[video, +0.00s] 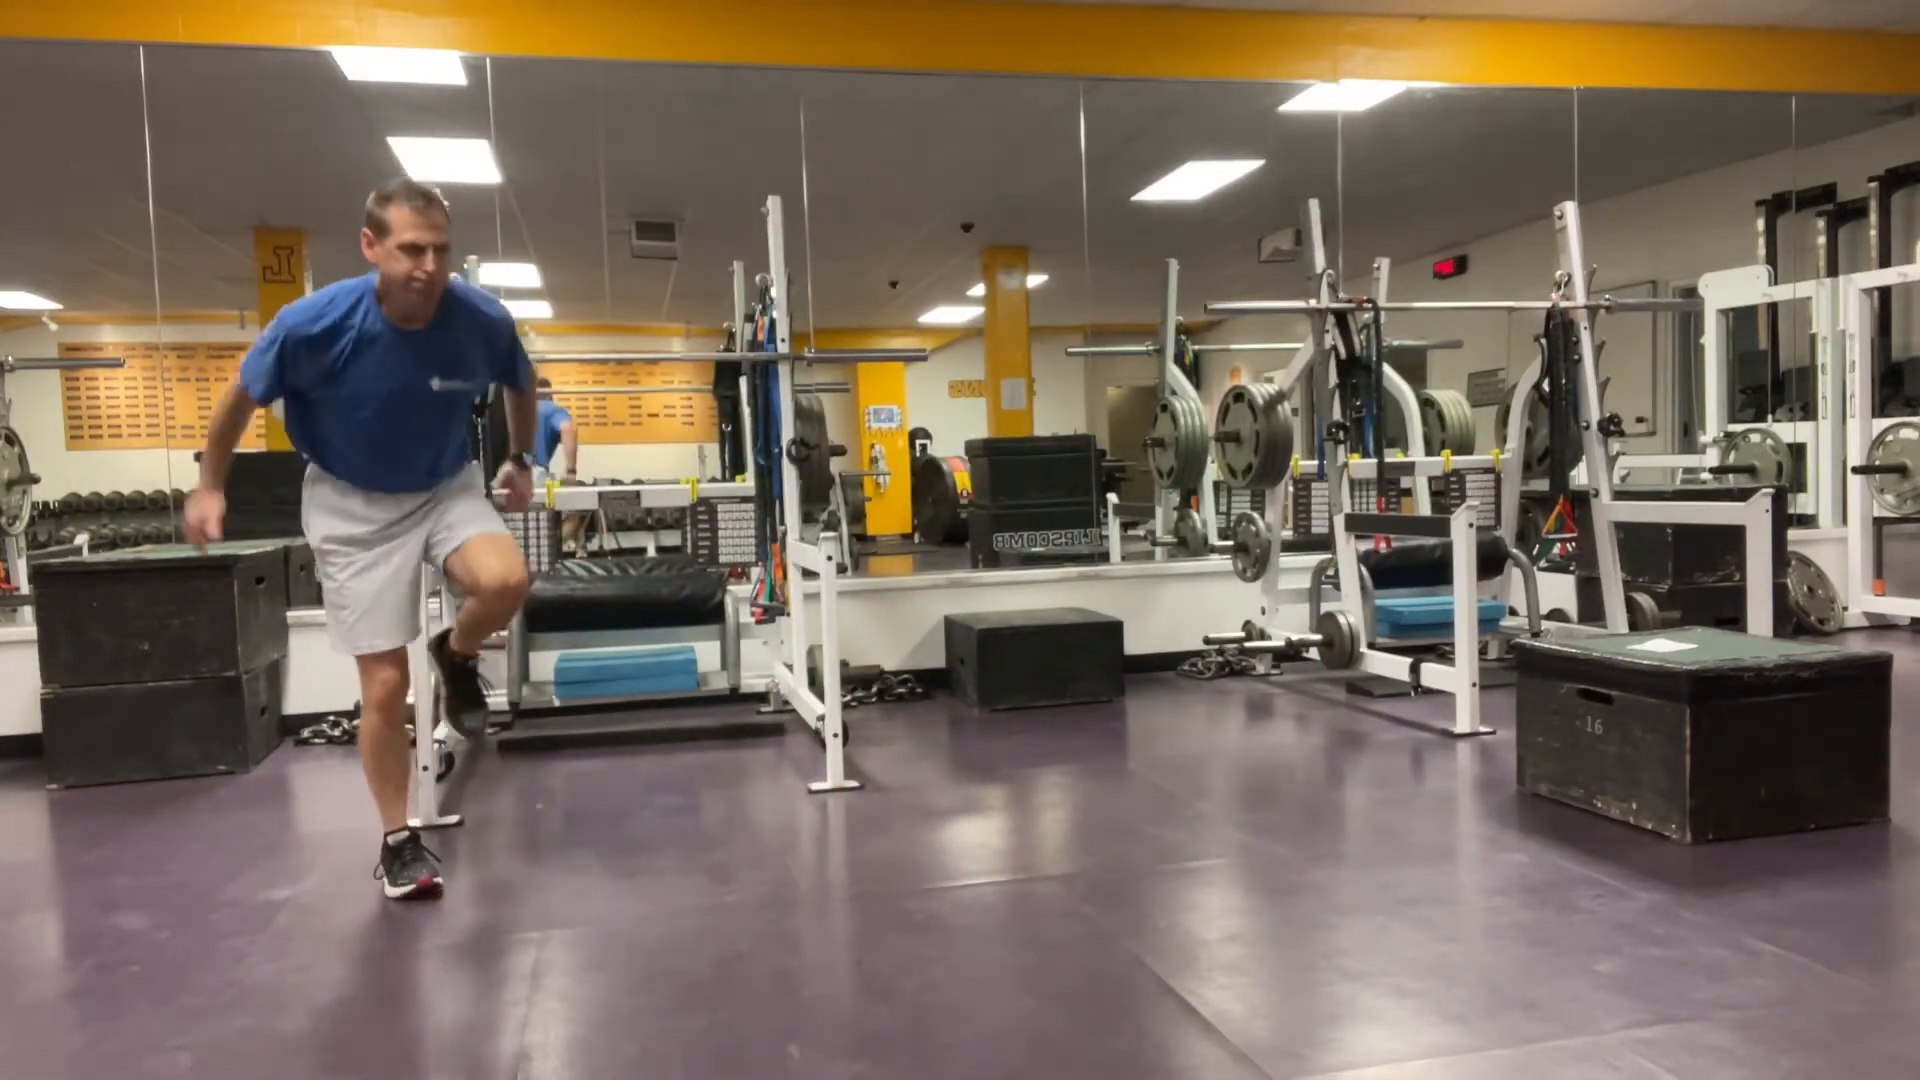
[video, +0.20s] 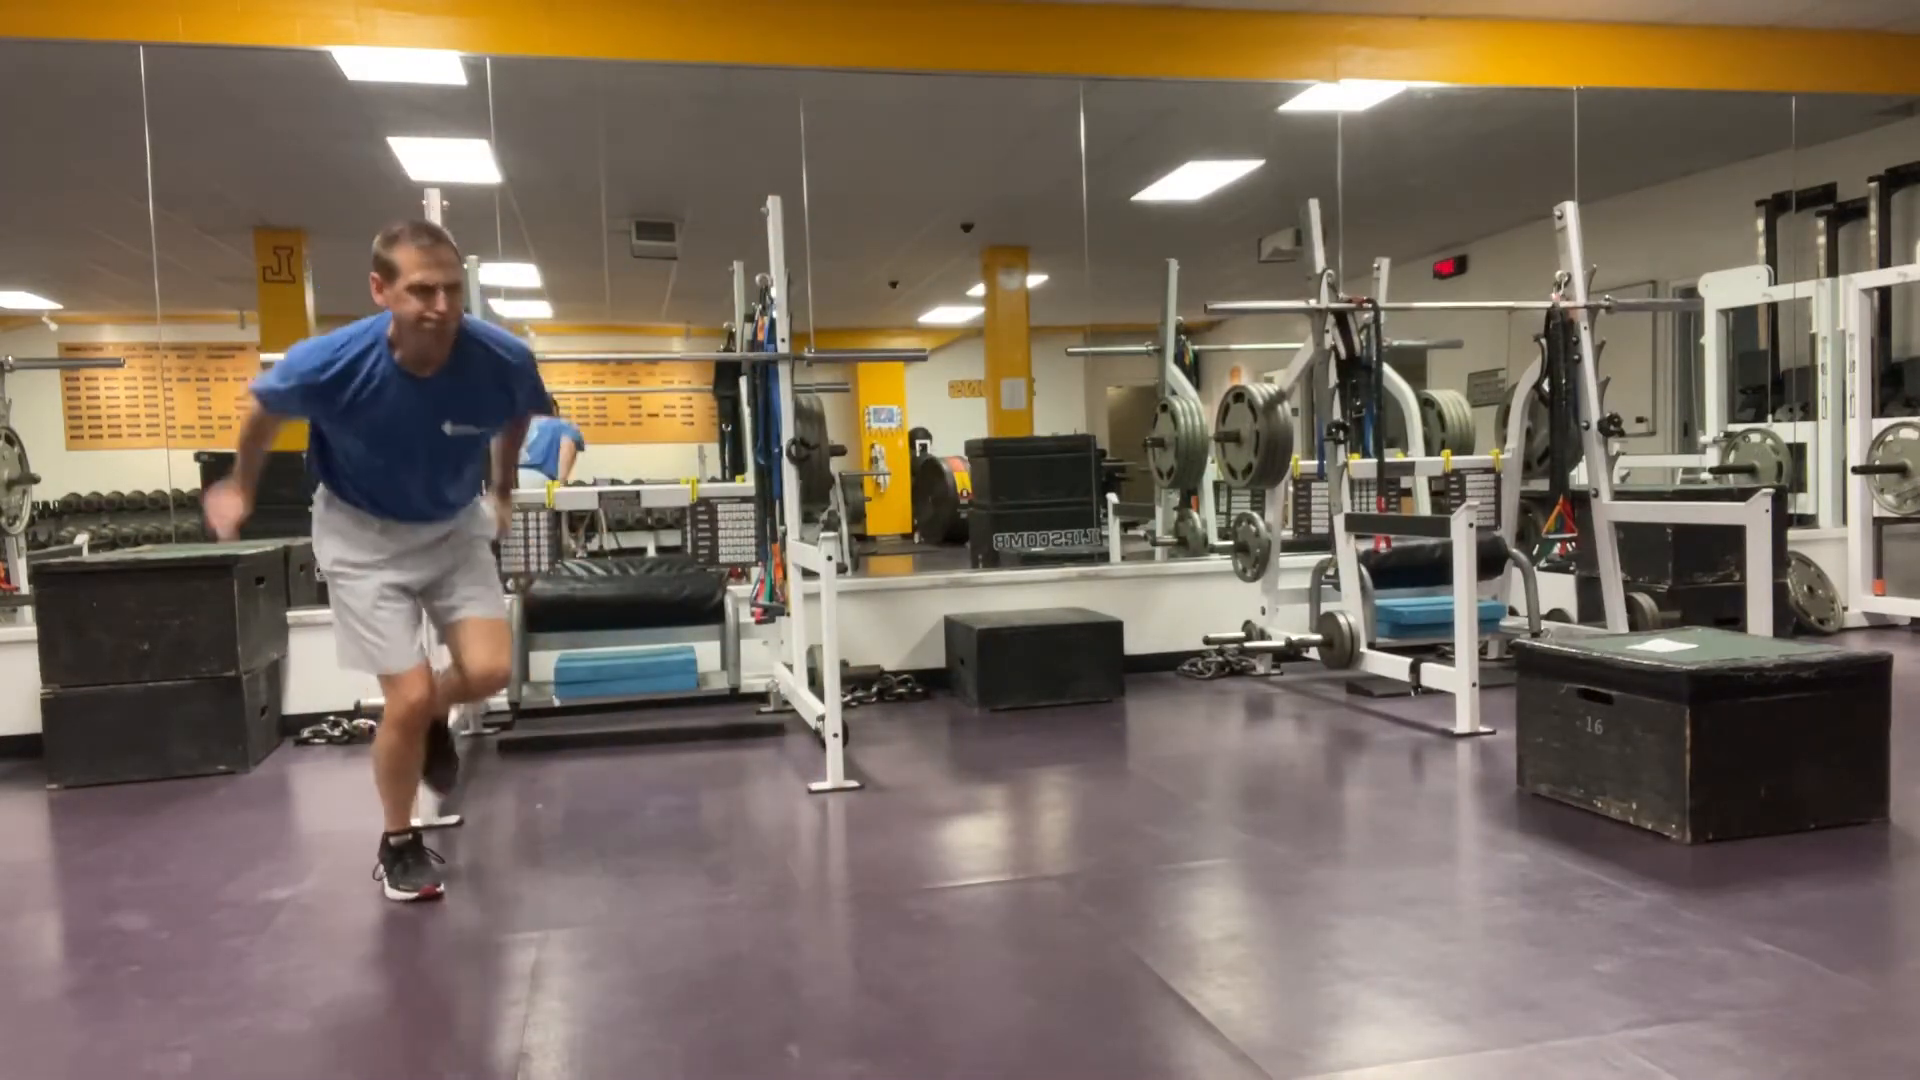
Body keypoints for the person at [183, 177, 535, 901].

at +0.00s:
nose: (428, 266)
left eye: (439, 250)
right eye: (411, 250)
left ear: (452, 251)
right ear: (371, 247)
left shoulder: (481, 321)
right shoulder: (312, 326)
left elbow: (521, 381)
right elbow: (237, 403)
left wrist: (520, 460)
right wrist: (209, 487)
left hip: (445, 490)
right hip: (352, 508)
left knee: (507, 580)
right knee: (386, 690)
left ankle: (456, 652)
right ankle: (400, 838)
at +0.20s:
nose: (440, 306)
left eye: (451, 290)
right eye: (421, 291)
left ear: (464, 289)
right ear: (381, 290)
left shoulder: (503, 360)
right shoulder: (331, 364)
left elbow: (516, 416)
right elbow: (263, 410)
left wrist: (502, 492)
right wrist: (241, 486)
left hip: (455, 527)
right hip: (362, 535)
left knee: (490, 668)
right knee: (414, 698)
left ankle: (426, 707)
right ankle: (400, 841)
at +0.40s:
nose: (447, 263)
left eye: (455, 247)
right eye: (429, 248)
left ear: (469, 248)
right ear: (385, 250)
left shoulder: (498, 314)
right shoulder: (350, 334)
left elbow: (598, 357)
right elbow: (363, 418)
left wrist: (580, 295)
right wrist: (455, 324)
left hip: (483, 527)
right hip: (393, 549)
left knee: (569, 616)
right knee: (442, 730)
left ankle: (542, 761)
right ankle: (405, 837)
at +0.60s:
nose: (501, 109)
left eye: (514, 94)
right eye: (480, 93)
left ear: (528, 103)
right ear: (439, 107)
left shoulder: (554, 161)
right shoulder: (418, 181)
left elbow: (661, 103)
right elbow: (388, 121)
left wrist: (624, 13)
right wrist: (460, 8)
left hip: (553, 414)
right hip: (461, 438)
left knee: (701, 458)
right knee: (493, 664)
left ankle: (653, 606)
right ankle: (442, 783)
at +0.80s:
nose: (616, 123)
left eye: (627, 106)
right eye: (597, 106)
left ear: (644, 105)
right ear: (550, 104)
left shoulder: (668, 176)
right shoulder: (502, 179)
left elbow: (785, 188)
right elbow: (330, 215)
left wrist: (789, 160)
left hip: (632, 421)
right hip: (535, 450)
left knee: (796, 429)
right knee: (613, 659)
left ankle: (687, 556)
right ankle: (647, 896)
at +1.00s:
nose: (744, 253)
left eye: (749, 233)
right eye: (720, 235)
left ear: (758, 234)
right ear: (659, 239)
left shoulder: (764, 332)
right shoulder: (604, 357)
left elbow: (819, 448)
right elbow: (518, 529)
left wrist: (829, 442)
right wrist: (637, 592)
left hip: (723, 557)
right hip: (626, 592)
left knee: (879, 626)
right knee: (744, 752)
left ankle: (815, 789)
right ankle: (709, 988)